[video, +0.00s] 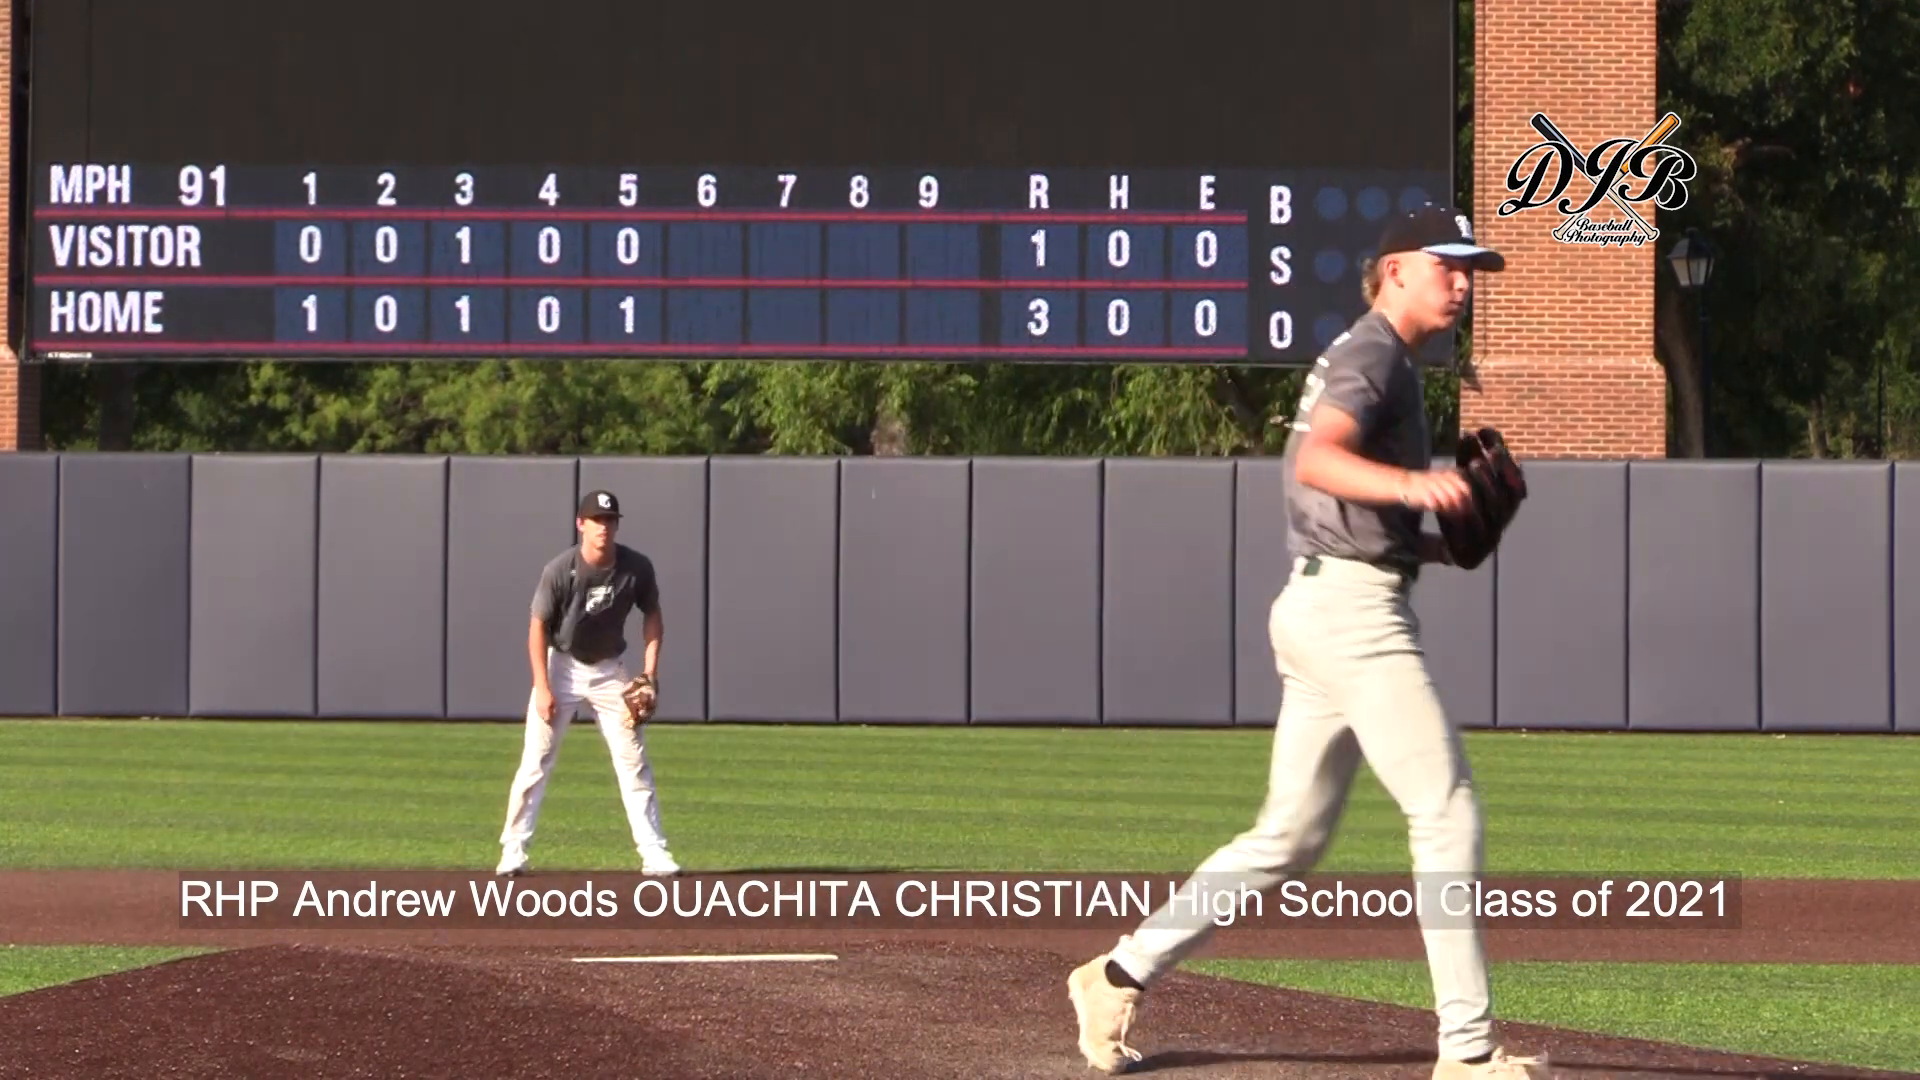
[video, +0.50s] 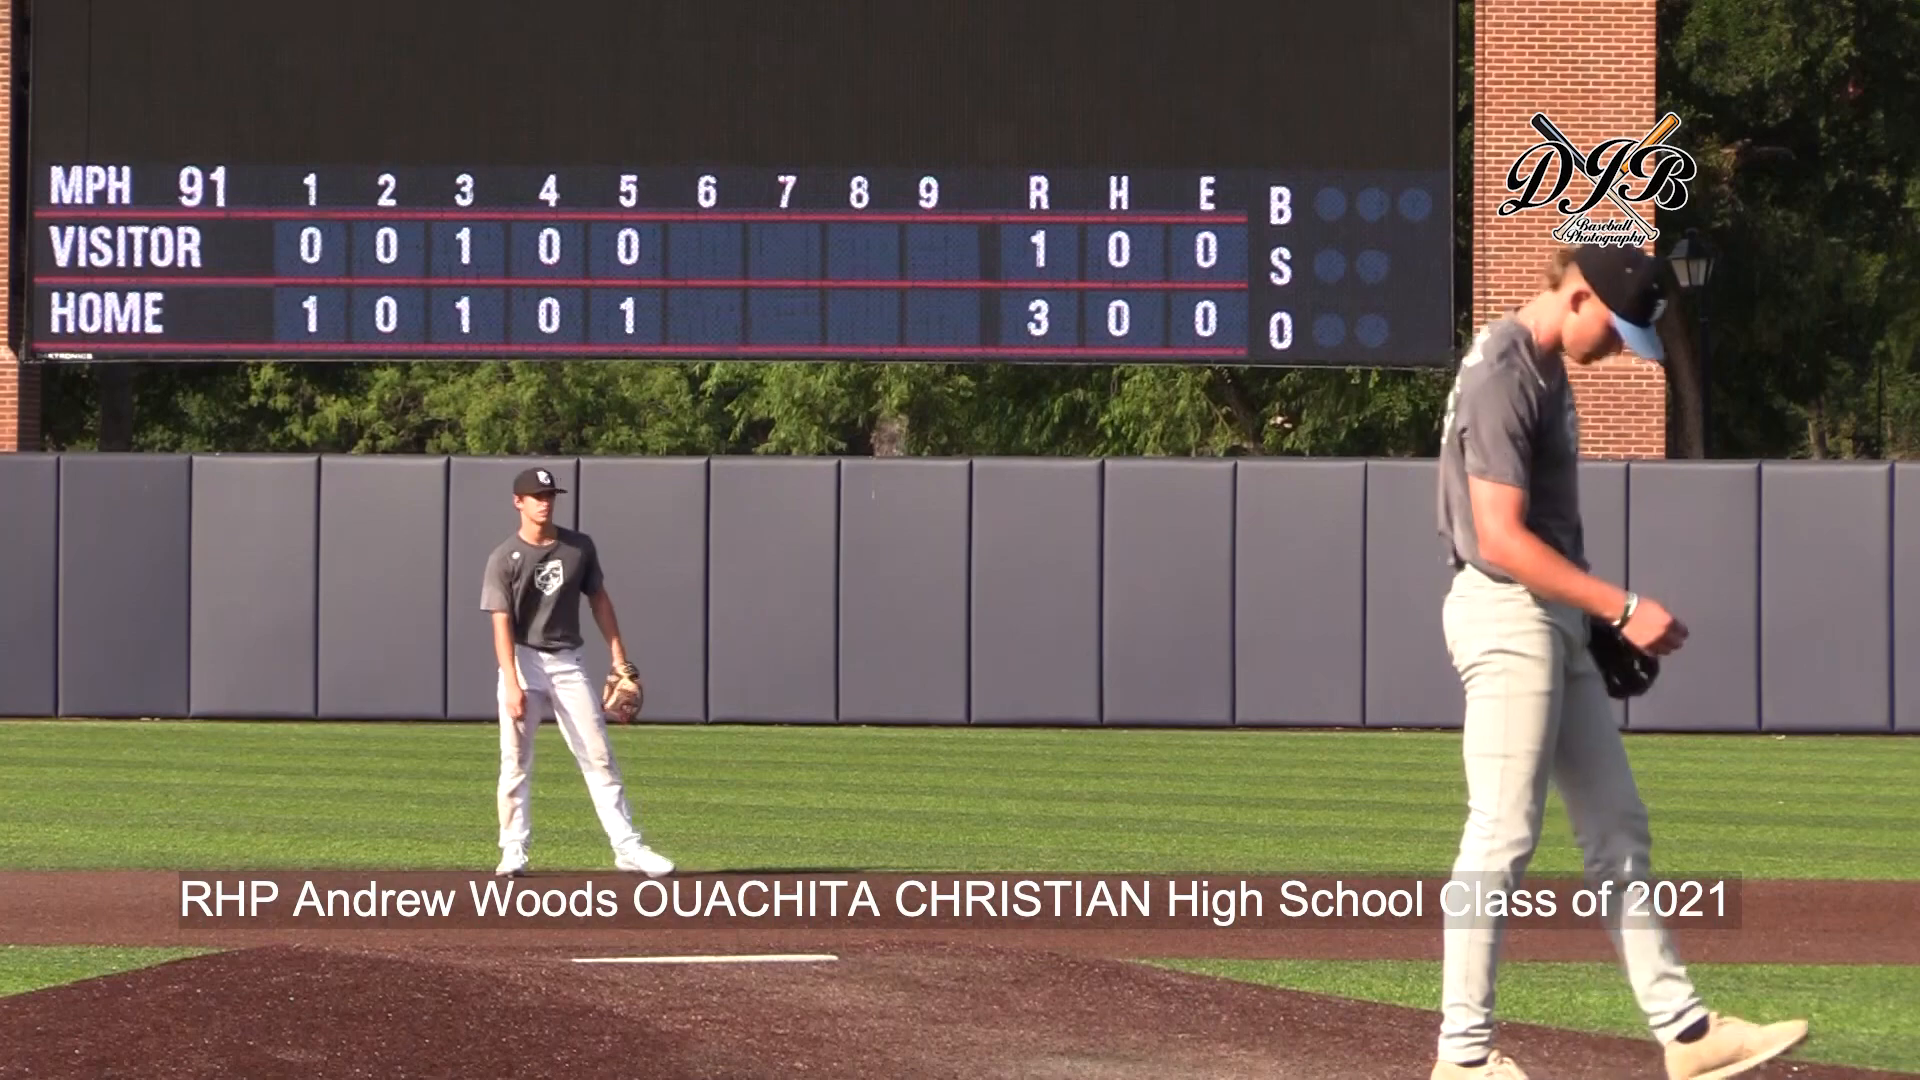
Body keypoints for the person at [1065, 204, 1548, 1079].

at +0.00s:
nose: (1465, 284)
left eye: (1468, 270)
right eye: (1449, 268)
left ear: (1422, 281)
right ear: (1396, 273)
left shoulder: (1388, 364)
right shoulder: (1369, 354)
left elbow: (1385, 511)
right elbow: (1314, 460)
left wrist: (1461, 516)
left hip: (1328, 601)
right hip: (1349, 601)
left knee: (1288, 835)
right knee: (1445, 811)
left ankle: (1117, 975)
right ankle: (1467, 1045)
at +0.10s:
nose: (1492, 303)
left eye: (1494, 288)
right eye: (1475, 285)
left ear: (1432, 301)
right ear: (1420, 294)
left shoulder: (1377, 381)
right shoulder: (1419, 390)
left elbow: (1394, 529)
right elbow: (1416, 530)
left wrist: (1495, 551)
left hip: (1366, 628)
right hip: (1415, 631)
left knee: (1400, 853)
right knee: (1523, 833)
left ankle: (1203, 952)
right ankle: (1473, 1049)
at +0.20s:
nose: (1527, 297)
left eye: (1529, 283)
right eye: (1512, 280)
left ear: (1468, 291)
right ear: (1456, 284)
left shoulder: (1403, 367)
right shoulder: (1454, 387)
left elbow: (1397, 528)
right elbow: (1466, 537)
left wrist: (1510, 571)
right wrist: (1579, 627)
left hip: (1402, 620)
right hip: (1449, 624)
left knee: (1486, 826)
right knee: (1531, 836)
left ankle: (1325, 977)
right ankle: (1472, 1050)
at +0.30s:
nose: (1561, 297)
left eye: (1565, 281)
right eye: (1551, 278)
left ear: (1500, 269)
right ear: (1499, 266)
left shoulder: (1437, 344)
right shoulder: (1475, 372)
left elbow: (1454, 509)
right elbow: (1487, 527)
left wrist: (1551, 574)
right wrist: (1601, 602)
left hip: (1451, 599)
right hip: (1473, 610)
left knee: (1562, 806)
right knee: (1516, 822)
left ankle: (1450, 1005)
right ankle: (1465, 1044)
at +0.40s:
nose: (1583, 323)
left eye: (1592, 309)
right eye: (1580, 304)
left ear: (1545, 277)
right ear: (1541, 275)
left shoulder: (1477, 343)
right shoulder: (1487, 370)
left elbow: (1502, 515)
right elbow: (1496, 527)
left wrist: (1566, 615)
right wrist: (1616, 595)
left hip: (1519, 603)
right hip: (1491, 606)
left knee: (1590, 806)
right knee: (1502, 825)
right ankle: (1465, 1050)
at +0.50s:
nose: (1613, 350)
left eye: (1622, 337)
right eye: (1613, 333)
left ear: (1580, 298)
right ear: (1573, 295)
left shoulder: (1538, 368)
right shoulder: (1503, 375)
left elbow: (1539, 521)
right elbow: (1497, 536)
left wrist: (1600, 623)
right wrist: (1619, 605)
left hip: (1551, 612)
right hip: (1504, 610)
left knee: (1615, 827)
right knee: (1501, 832)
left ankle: (1684, 1030)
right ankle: (1463, 1051)